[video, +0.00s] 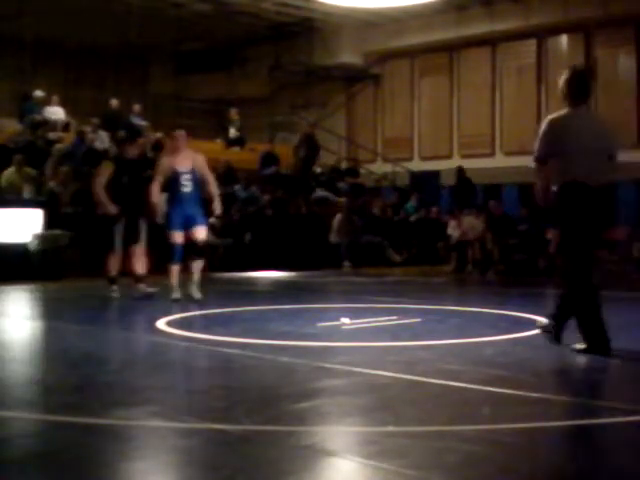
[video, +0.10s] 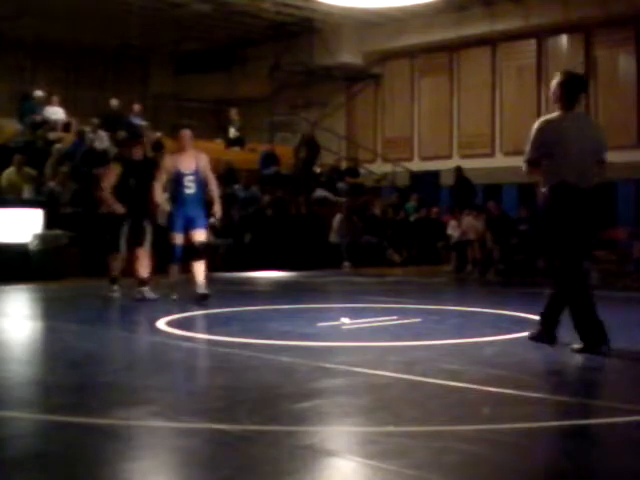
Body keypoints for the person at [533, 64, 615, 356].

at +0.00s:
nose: (562, 91)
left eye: (564, 86)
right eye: (571, 86)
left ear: (564, 90)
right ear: (590, 91)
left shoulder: (555, 124)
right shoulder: (600, 125)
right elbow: (610, 163)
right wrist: (607, 193)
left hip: (567, 200)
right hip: (598, 200)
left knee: (578, 269)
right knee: (576, 266)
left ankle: (596, 339)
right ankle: (556, 324)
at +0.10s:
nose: (550, 92)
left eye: (553, 88)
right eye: (552, 87)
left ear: (559, 94)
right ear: (580, 95)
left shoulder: (546, 126)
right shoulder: (591, 126)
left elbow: (531, 165)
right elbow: (601, 162)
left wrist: (557, 167)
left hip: (557, 204)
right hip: (588, 202)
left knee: (570, 270)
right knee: (567, 269)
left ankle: (594, 338)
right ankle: (547, 328)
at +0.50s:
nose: (518, 95)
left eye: (520, 90)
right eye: (520, 89)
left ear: (525, 94)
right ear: (545, 95)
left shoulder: (518, 124)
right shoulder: (555, 128)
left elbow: (504, 159)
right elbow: (556, 159)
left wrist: (520, 169)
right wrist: (528, 164)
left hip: (523, 198)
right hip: (550, 197)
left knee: (509, 260)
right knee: (548, 265)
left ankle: (496, 325)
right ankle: (547, 330)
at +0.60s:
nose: (510, 100)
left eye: (510, 95)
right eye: (512, 95)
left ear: (512, 97)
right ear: (535, 98)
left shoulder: (506, 128)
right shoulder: (545, 131)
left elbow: (494, 163)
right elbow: (549, 162)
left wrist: (516, 162)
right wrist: (523, 160)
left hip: (511, 199)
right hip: (539, 199)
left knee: (501, 262)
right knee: (540, 264)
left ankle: (488, 323)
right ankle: (546, 330)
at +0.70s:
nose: (494, 98)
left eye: (496, 94)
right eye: (496, 93)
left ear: (501, 97)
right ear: (521, 99)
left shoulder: (494, 129)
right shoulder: (535, 131)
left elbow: (482, 163)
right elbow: (540, 164)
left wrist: (499, 170)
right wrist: (512, 167)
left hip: (502, 199)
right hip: (530, 200)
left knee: (494, 261)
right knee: (534, 264)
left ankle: (489, 325)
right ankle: (543, 328)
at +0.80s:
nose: (486, 102)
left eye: (486, 97)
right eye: (488, 97)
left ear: (489, 100)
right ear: (511, 100)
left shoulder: (482, 131)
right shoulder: (528, 131)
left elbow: (471, 165)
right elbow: (537, 165)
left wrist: (488, 167)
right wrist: (514, 165)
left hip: (494, 199)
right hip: (523, 199)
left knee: (489, 260)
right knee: (525, 260)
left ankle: (489, 325)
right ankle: (534, 319)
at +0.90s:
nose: (476, 101)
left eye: (477, 96)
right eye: (477, 96)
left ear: (482, 99)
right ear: (503, 99)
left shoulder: (476, 130)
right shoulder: (519, 130)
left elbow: (460, 163)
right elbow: (530, 161)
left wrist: (474, 167)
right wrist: (508, 162)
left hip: (489, 200)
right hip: (517, 200)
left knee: (486, 261)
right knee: (515, 258)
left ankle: (488, 325)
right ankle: (521, 318)